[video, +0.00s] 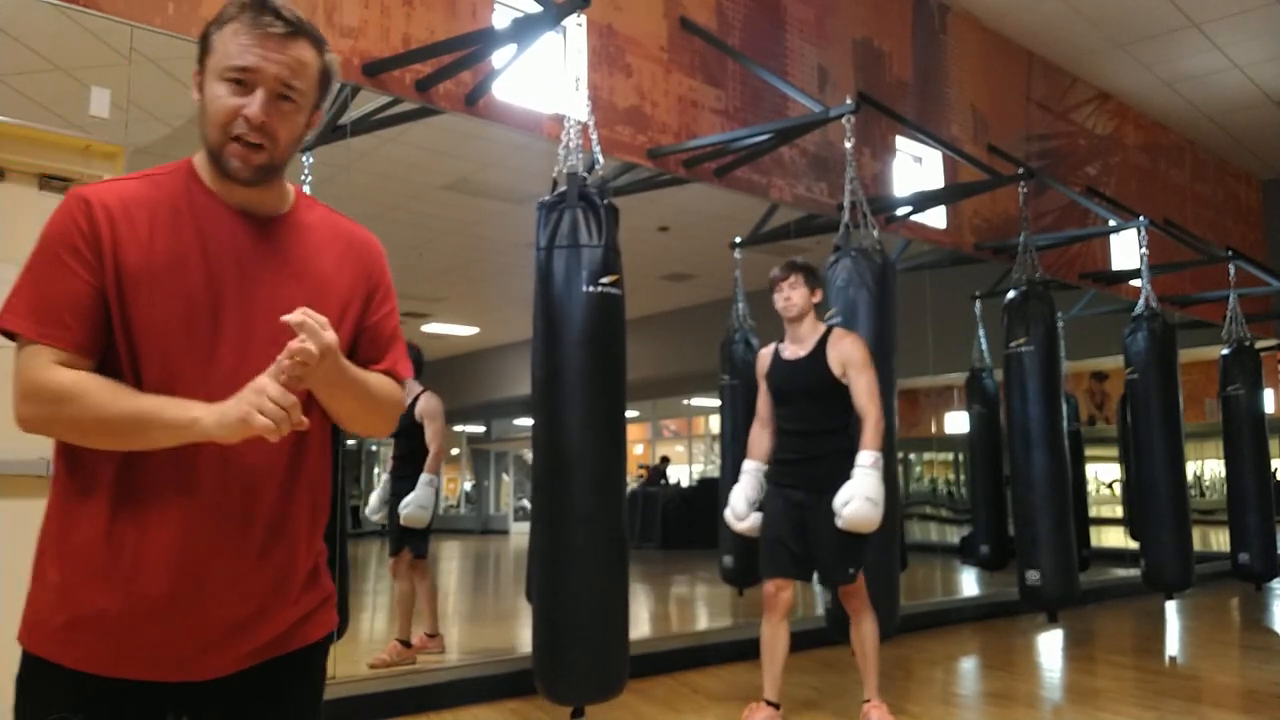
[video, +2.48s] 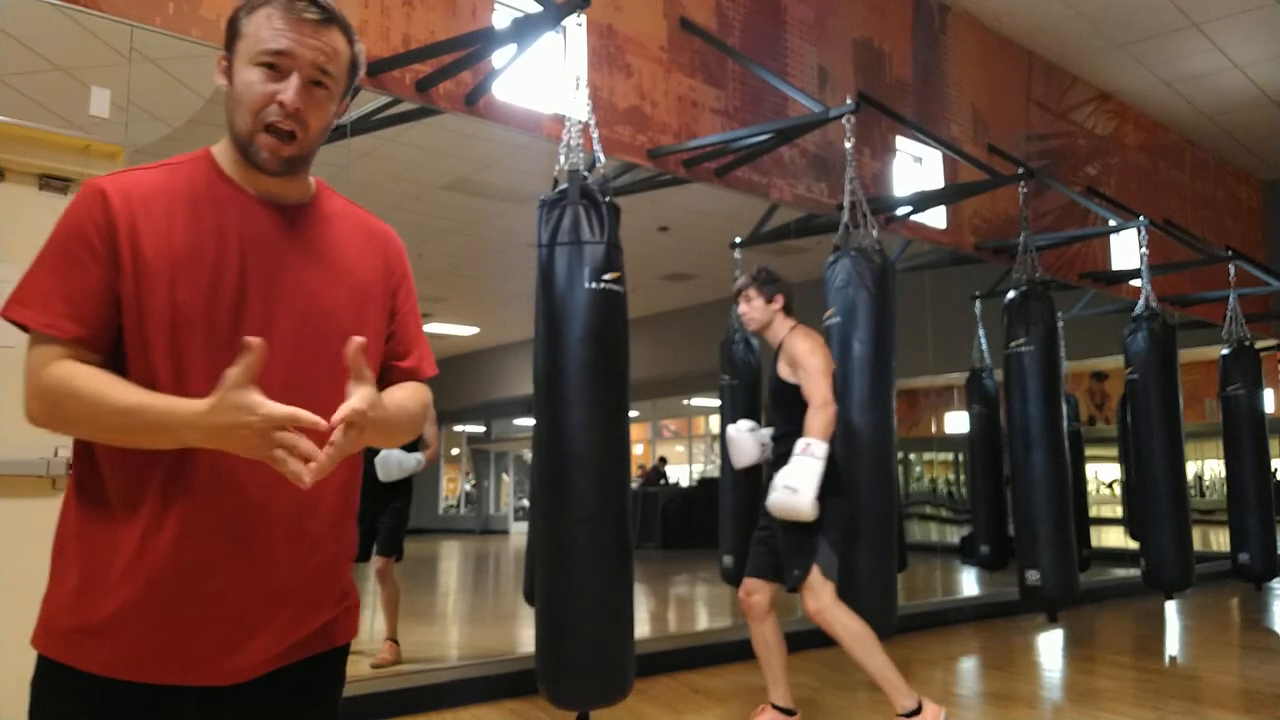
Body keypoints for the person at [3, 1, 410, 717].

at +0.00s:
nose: (256, 113)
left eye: (286, 97)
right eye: (238, 83)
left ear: (314, 118)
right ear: (198, 84)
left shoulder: (355, 256)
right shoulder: (100, 215)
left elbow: (385, 414)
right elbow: (38, 393)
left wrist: (334, 375)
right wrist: (211, 418)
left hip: (273, 654)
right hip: (96, 646)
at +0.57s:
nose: (250, 93)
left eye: (276, 77)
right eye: (229, 65)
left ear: (300, 103)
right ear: (183, 72)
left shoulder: (344, 244)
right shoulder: (76, 215)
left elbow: (399, 404)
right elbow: (6, 373)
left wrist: (323, 341)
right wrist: (133, 378)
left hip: (289, 650)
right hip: (96, 648)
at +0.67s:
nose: (197, 76)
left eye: (224, 60)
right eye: (174, 51)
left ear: (255, 88)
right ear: (132, 67)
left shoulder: (320, 233)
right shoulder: (40, 219)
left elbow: (397, 389)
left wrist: (326, 353)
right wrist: (72, 347)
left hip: (286, 645)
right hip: (83, 648)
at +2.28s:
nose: (259, 92)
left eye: (290, 78)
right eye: (241, 61)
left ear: (313, 103)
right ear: (195, 61)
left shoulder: (355, 243)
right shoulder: (82, 210)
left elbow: (401, 391)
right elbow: (7, 381)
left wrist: (381, 423)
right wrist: (145, 423)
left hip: (277, 658)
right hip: (91, 653)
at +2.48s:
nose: (289, 99)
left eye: (318, 84)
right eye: (270, 68)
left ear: (341, 106)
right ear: (225, 72)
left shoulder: (376, 248)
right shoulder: (117, 208)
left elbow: (416, 400)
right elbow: (47, 387)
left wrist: (374, 419)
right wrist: (202, 422)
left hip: (295, 651)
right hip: (116, 646)